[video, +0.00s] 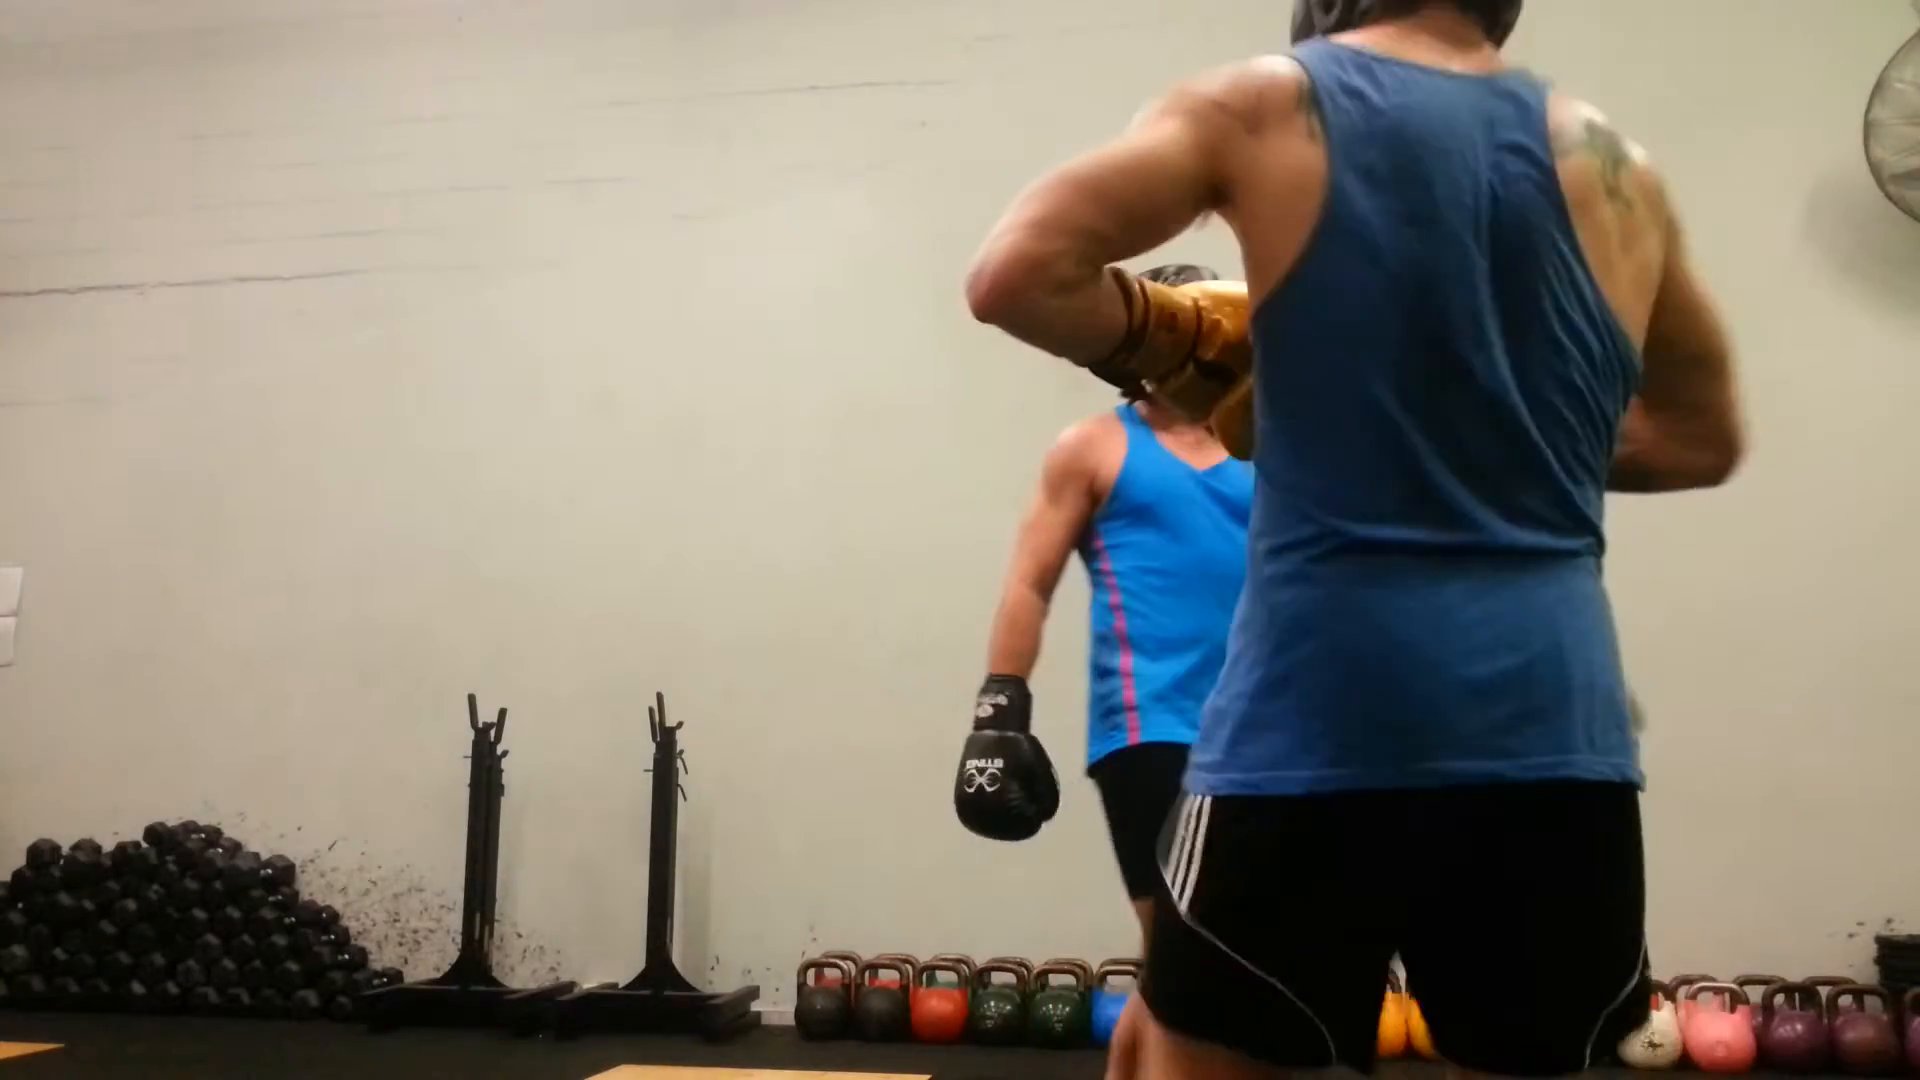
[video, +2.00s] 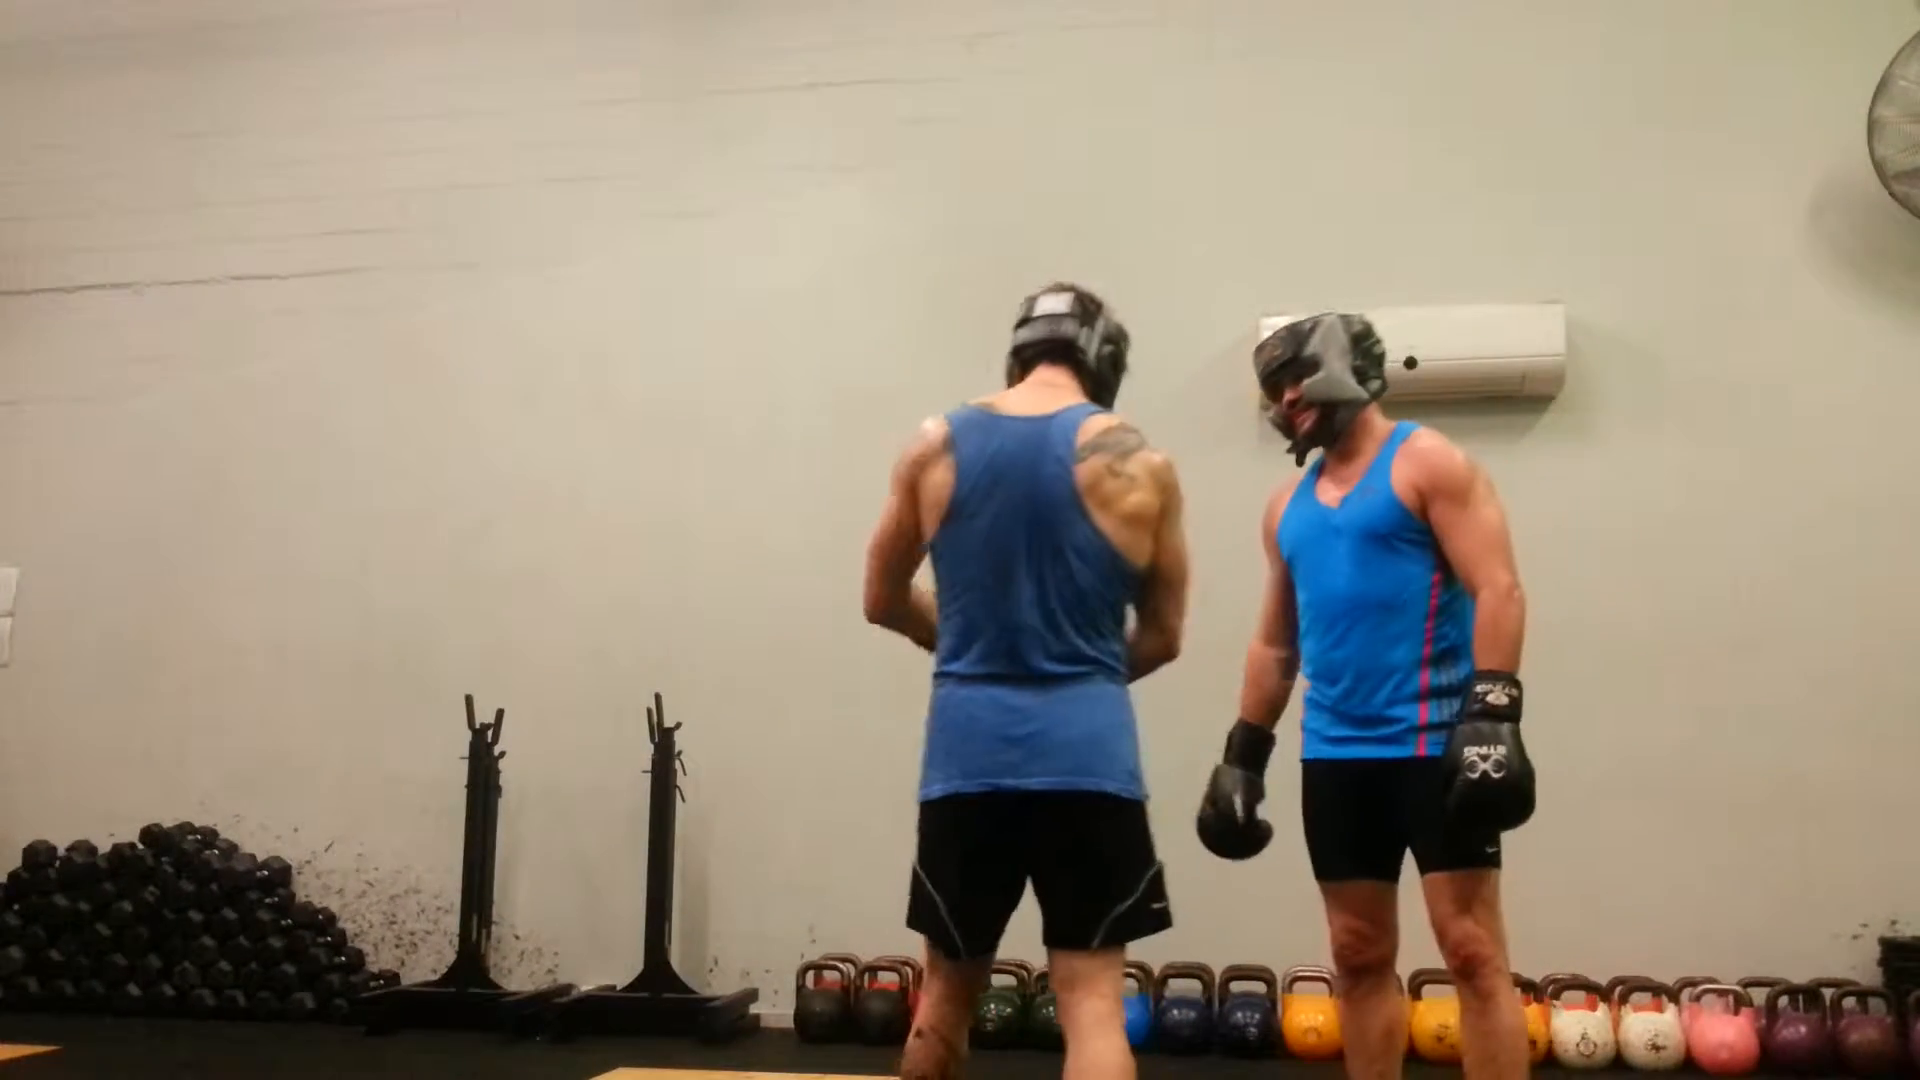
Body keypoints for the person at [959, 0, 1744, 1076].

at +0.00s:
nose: (1299, 20)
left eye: (1309, 10)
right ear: (1503, 11)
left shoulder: (1259, 104)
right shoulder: (1616, 166)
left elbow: (1014, 277)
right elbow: (1700, 440)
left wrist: (1203, 339)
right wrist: (1496, 434)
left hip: (1311, 726)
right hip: (1555, 729)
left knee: (1204, 1057)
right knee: (1525, 1062)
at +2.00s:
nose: (1116, 372)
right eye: (1116, 361)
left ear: (1015, 356)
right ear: (1105, 359)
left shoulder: (936, 446)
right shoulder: (1140, 464)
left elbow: (885, 598)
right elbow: (1161, 640)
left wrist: (971, 643)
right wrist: (1080, 666)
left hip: (968, 768)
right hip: (1089, 770)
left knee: (941, 1009)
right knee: (1093, 1005)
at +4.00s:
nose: (1227, 437)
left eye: (1229, 425)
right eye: (1226, 422)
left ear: (1138, 398)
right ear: (1205, 404)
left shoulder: (1069, 472)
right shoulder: (1216, 471)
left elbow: (1055, 573)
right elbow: (1253, 622)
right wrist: (1186, 687)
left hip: (1082, 762)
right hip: (1177, 765)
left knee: (1122, 962)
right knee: (1209, 972)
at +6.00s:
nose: (1274, 363)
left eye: (1277, 352)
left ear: (1285, 359)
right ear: (1378, 349)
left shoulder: (1256, 457)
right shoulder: (1465, 452)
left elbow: (1238, 605)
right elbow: (1503, 611)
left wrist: (1317, 575)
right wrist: (1411, 594)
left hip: (1323, 752)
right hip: (1446, 753)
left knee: (1342, 1014)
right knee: (1451, 988)